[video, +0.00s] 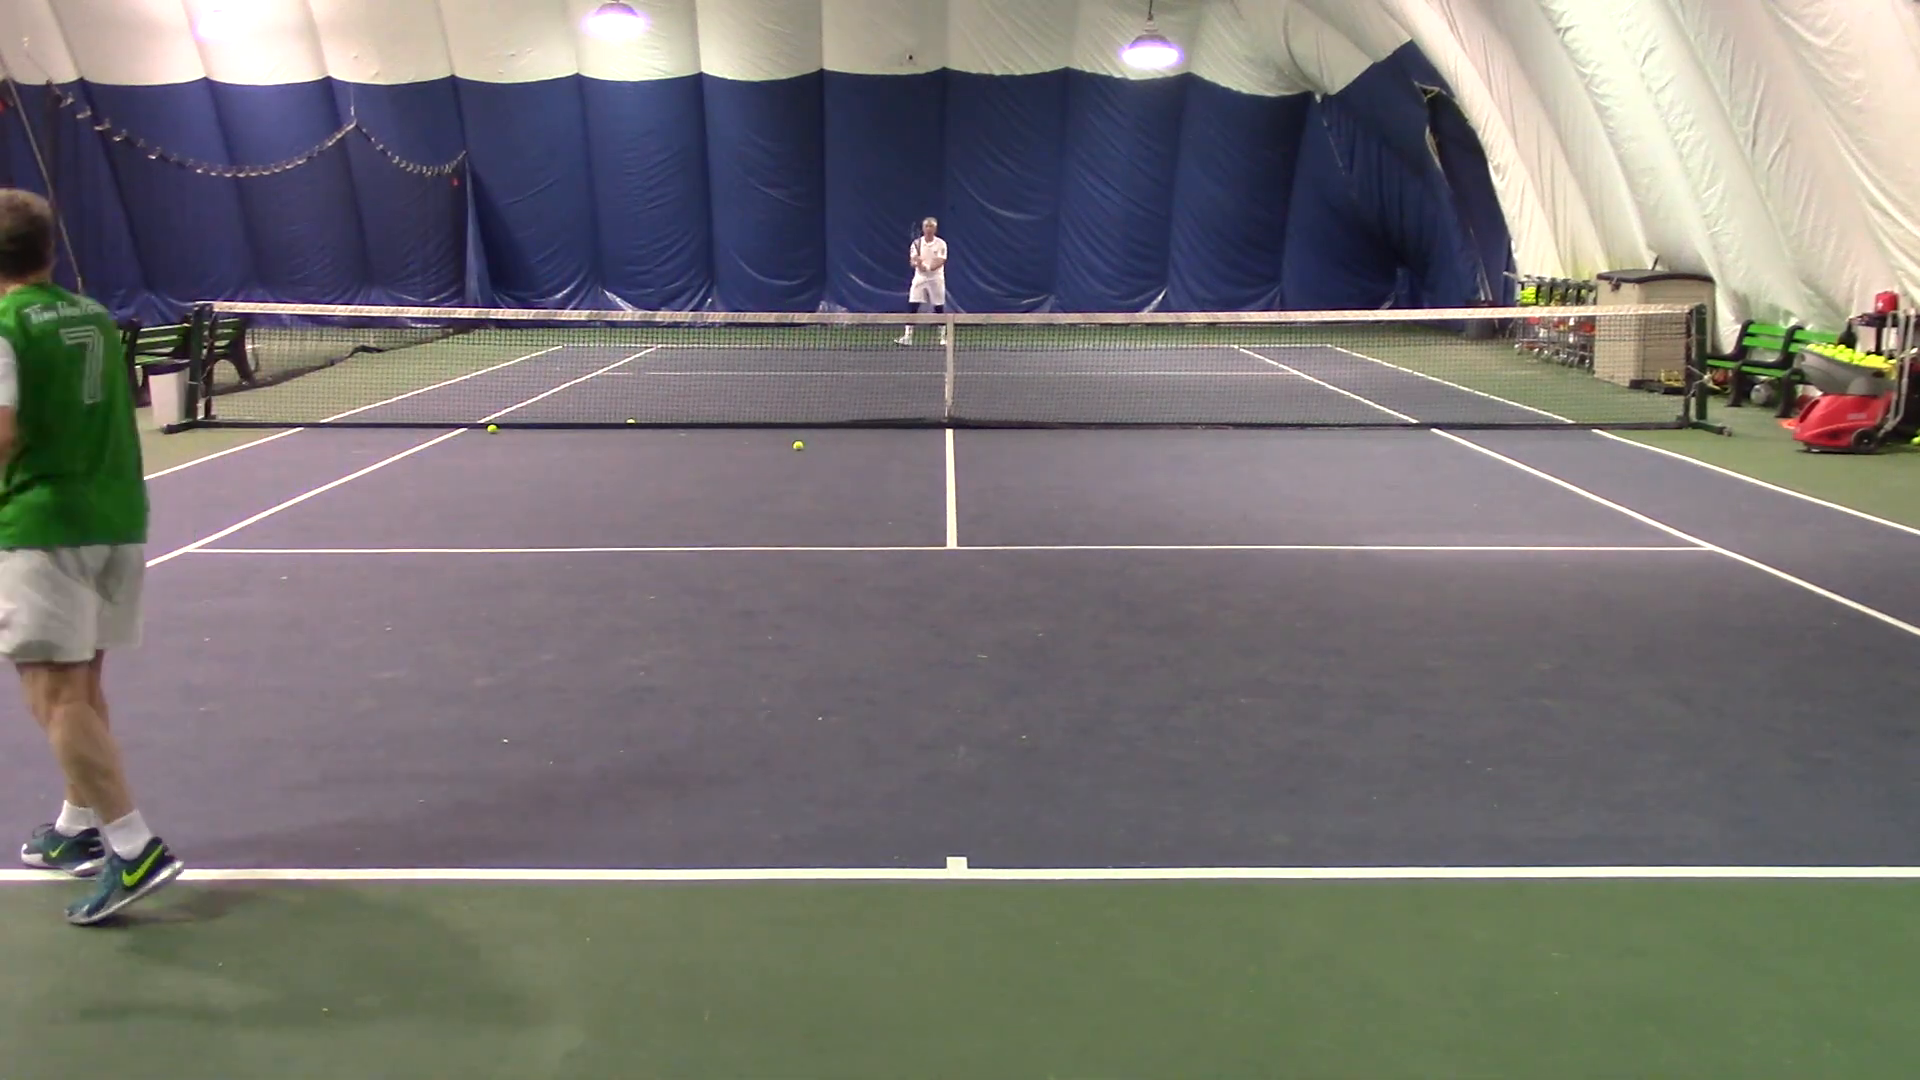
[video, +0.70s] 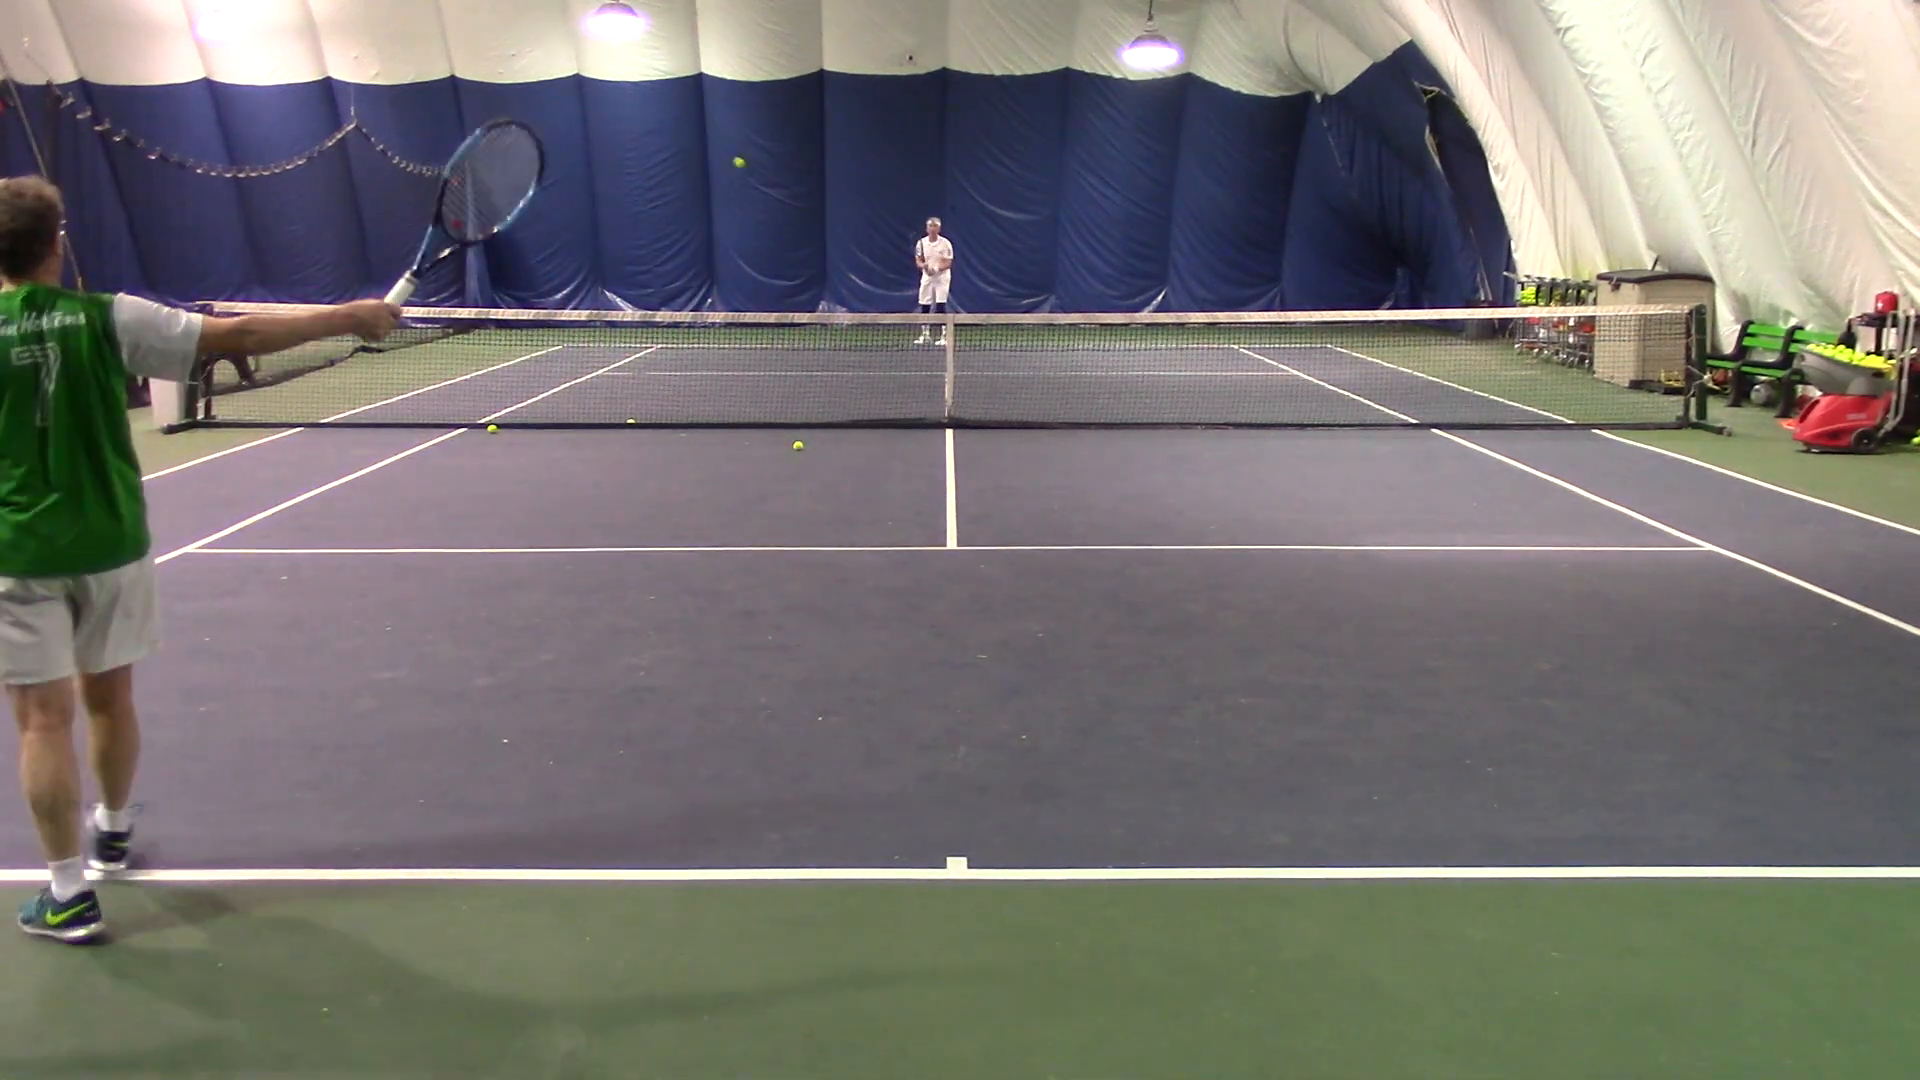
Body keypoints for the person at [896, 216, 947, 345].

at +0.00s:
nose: (928, 229)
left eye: (931, 226)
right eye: (926, 226)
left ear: (935, 229)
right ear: (923, 228)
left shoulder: (941, 244)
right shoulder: (916, 243)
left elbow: (942, 259)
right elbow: (913, 259)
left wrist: (931, 267)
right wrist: (919, 263)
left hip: (936, 279)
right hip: (919, 278)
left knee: (939, 307)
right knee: (912, 305)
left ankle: (942, 335)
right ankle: (908, 335)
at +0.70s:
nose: (932, 229)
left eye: (935, 226)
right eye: (930, 226)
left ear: (939, 228)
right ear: (927, 227)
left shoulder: (946, 243)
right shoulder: (921, 243)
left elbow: (949, 261)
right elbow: (918, 259)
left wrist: (938, 268)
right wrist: (924, 266)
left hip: (941, 278)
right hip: (927, 277)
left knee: (940, 305)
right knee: (925, 305)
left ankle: (943, 334)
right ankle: (925, 333)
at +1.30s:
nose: (940, 230)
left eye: (943, 228)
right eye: (939, 228)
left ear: (948, 228)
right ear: (937, 229)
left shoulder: (951, 242)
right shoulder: (939, 241)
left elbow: (936, 255)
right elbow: (930, 251)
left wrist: (921, 259)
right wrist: (918, 255)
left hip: (954, 275)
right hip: (944, 276)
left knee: (947, 304)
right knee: (943, 305)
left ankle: (952, 335)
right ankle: (951, 334)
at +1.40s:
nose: (942, 231)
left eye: (945, 228)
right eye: (940, 228)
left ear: (950, 229)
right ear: (938, 229)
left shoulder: (951, 243)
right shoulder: (942, 241)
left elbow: (936, 254)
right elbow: (932, 251)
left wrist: (921, 259)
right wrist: (918, 254)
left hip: (955, 276)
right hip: (947, 276)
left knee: (950, 304)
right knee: (945, 305)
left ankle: (957, 334)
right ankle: (951, 334)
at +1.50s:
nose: (944, 232)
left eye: (947, 229)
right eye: (942, 229)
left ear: (952, 229)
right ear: (940, 229)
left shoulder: (951, 243)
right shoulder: (946, 242)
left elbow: (937, 255)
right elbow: (937, 253)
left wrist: (923, 259)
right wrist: (922, 256)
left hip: (956, 276)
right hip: (950, 276)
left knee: (953, 304)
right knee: (947, 305)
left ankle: (963, 334)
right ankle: (952, 334)